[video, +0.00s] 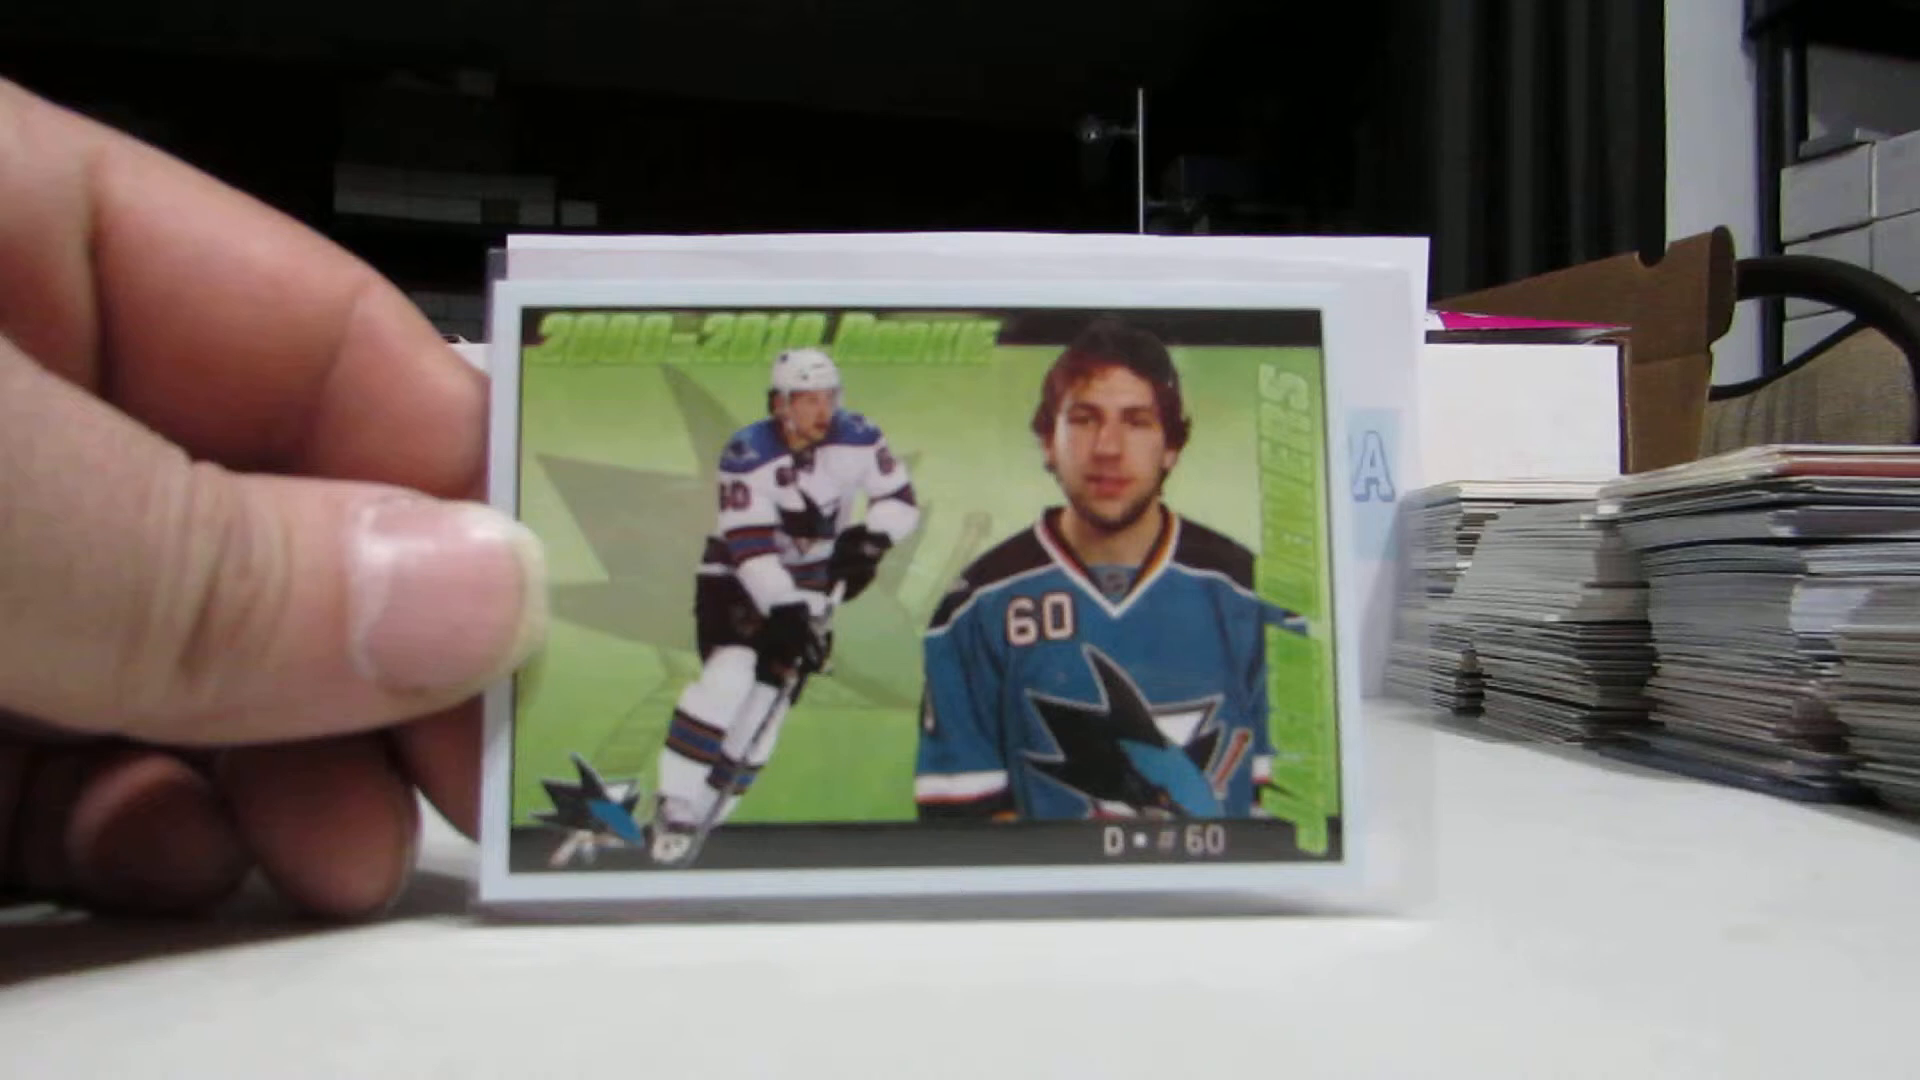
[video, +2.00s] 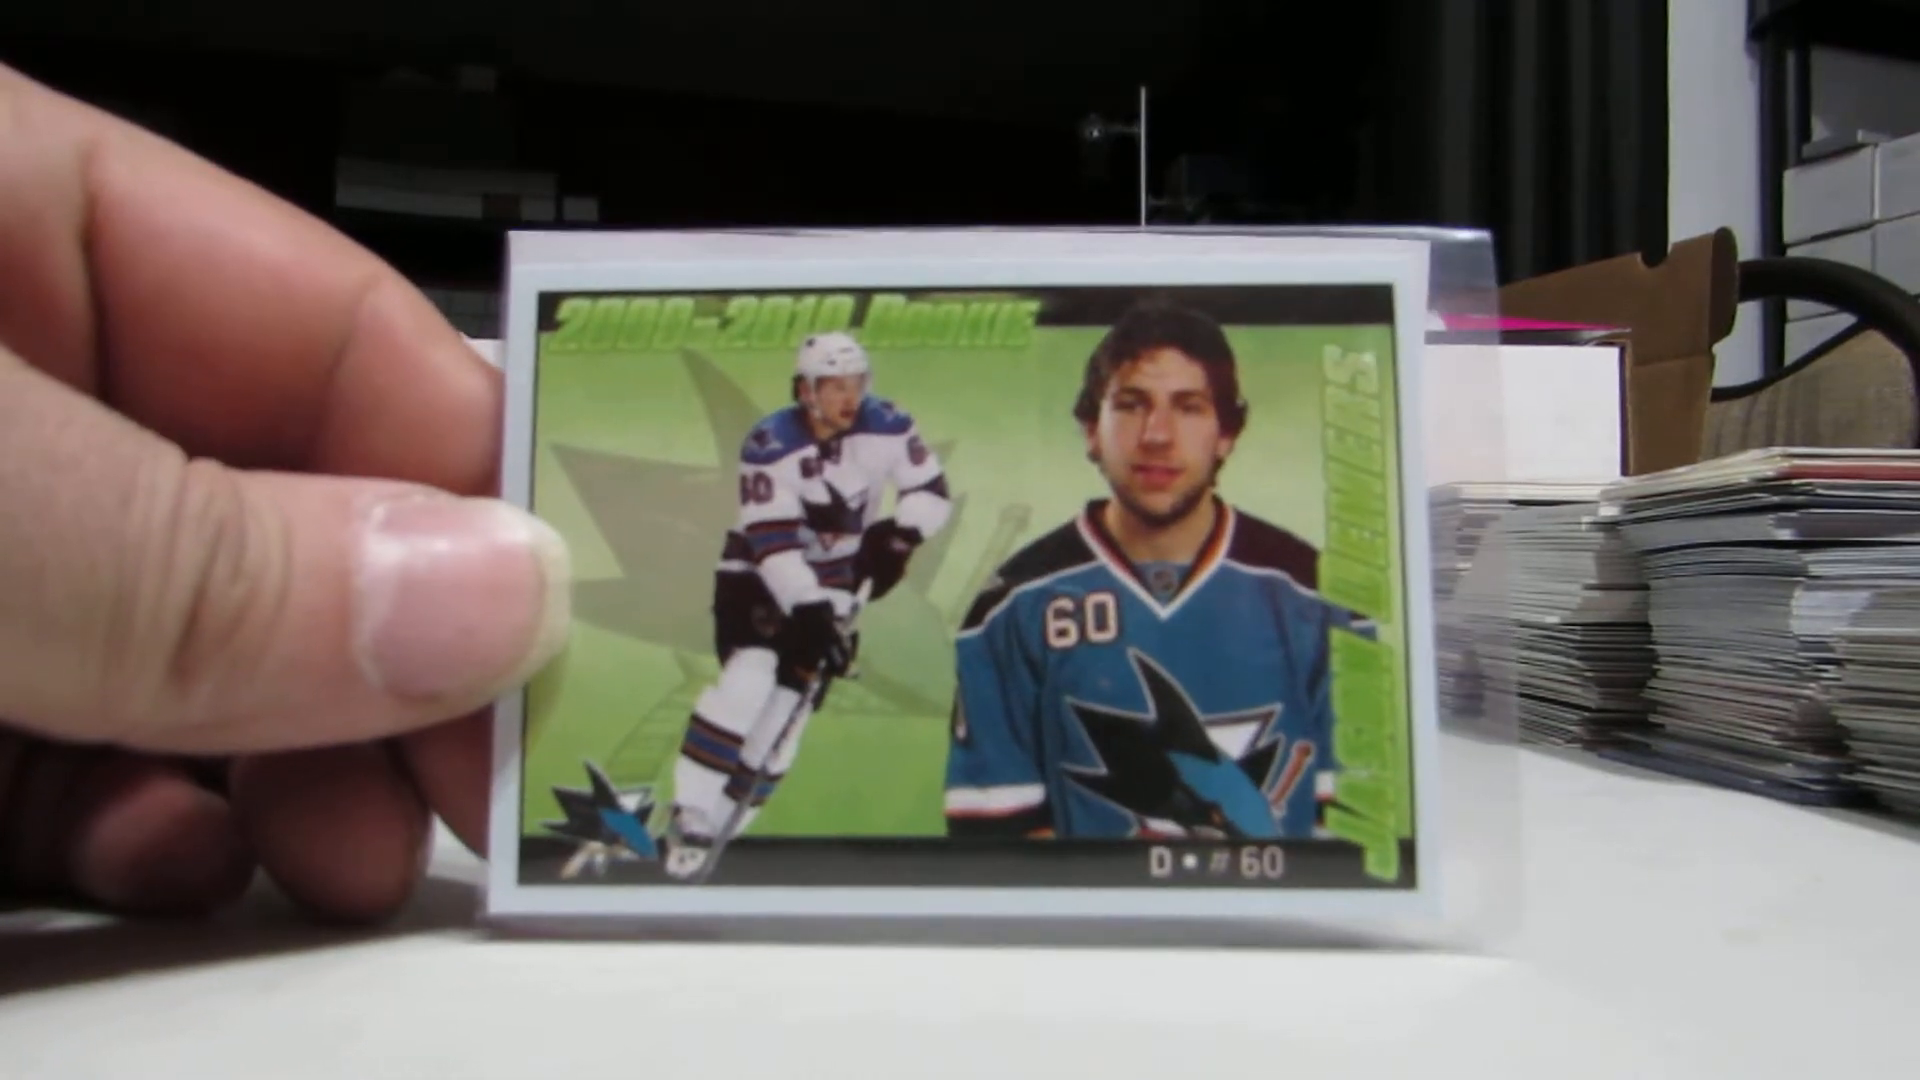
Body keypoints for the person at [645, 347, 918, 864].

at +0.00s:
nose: (822, 411)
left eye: (828, 399)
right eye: (808, 400)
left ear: (837, 400)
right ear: (780, 405)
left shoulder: (858, 439)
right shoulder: (748, 453)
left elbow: (899, 500)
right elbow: (749, 542)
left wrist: (869, 542)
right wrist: (785, 608)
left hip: (811, 584)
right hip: (740, 575)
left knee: (769, 702)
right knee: (730, 672)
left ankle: (704, 818)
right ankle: (678, 812)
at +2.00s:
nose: (849, 399)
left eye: (856, 386)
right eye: (836, 388)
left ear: (866, 386)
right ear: (806, 391)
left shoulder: (887, 427)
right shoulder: (771, 443)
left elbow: (929, 491)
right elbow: (771, 537)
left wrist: (898, 539)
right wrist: (808, 607)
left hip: (835, 581)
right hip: (761, 573)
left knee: (790, 705)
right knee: (750, 675)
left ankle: (724, 825)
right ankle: (693, 816)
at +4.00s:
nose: (826, 363)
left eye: (833, 349)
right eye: (810, 351)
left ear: (843, 349)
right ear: (774, 356)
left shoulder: (868, 398)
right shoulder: (733, 416)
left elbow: (916, 473)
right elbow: (732, 523)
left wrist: (878, 527)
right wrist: (776, 603)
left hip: (807, 573)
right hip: (722, 562)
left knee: (754, 716)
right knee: (709, 680)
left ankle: (678, 853)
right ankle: (642, 842)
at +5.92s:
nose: (822, 364)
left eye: (830, 350)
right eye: (806, 352)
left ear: (842, 350)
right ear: (772, 356)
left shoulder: (867, 398)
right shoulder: (732, 416)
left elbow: (916, 473)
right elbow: (732, 523)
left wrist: (877, 527)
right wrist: (775, 604)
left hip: (806, 573)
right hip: (721, 563)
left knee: (755, 715)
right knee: (708, 681)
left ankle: (681, 851)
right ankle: (642, 840)